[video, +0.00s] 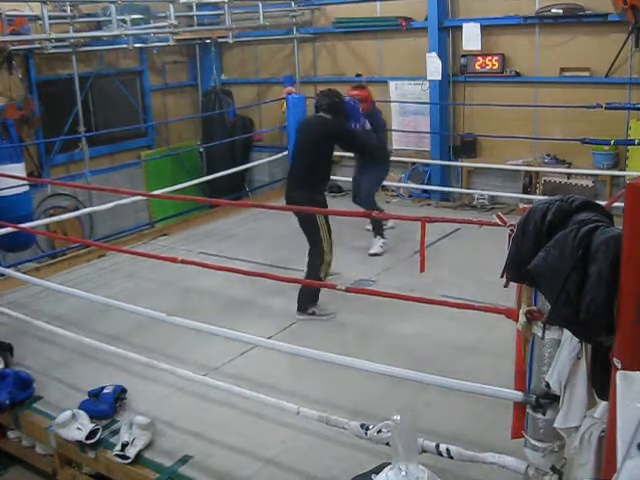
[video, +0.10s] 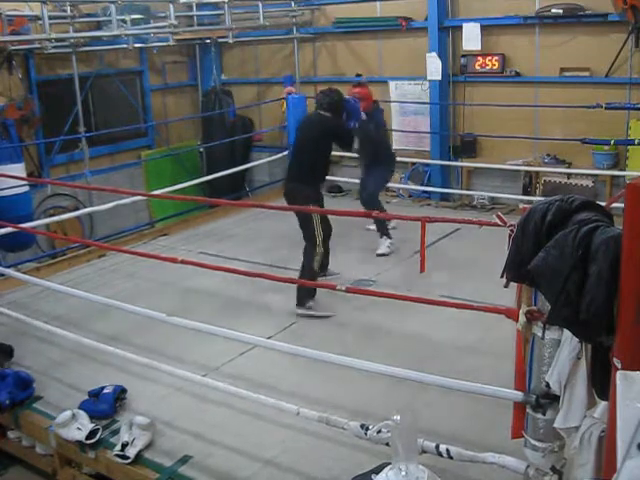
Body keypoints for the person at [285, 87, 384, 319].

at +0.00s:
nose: (344, 111)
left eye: (343, 108)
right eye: (342, 108)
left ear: (319, 107)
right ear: (337, 109)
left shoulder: (306, 124)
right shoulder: (331, 127)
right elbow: (360, 144)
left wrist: (357, 134)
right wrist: (366, 133)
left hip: (295, 194)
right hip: (310, 197)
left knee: (318, 244)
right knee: (323, 251)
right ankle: (307, 304)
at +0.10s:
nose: (343, 113)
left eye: (342, 109)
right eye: (342, 109)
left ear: (319, 105)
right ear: (337, 109)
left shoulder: (309, 120)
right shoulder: (328, 124)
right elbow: (348, 142)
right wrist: (347, 123)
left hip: (297, 186)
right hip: (304, 190)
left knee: (324, 230)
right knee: (316, 241)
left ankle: (320, 269)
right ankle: (304, 301)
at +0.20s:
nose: (341, 113)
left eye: (341, 109)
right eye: (340, 109)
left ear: (321, 104)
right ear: (334, 108)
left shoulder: (308, 118)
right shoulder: (324, 122)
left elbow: (337, 142)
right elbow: (341, 143)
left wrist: (346, 121)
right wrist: (349, 122)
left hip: (301, 183)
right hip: (299, 186)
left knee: (323, 227)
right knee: (316, 235)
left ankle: (319, 269)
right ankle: (291, 282)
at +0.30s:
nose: (338, 112)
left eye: (339, 108)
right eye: (337, 108)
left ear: (318, 103)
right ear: (329, 107)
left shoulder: (307, 117)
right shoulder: (319, 122)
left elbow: (335, 141)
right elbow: (338, 143)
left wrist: (342, 124)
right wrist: (345, 124)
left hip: (302, 183)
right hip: (293, 185)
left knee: (321, 227)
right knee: (312, 235)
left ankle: (318, 270)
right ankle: (271, 272)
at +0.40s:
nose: (334, 115)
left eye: (335, 112)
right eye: (333, 112)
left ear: (313, 107)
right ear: (325, 111)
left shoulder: (303, 118)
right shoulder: (313, 124)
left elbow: (332, 143)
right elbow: (335, 145)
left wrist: (338, 122)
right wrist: (341, 125)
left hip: (298, 188)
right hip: (286, 190)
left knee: (318, 229)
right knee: (294, 242)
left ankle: (318, 270)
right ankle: (254, 270)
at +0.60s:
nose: (320, 128)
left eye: (321, 123)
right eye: (319, 123)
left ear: (300, 116)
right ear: (309, 121)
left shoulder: (290, 129)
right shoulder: (293, 133)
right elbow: (316, 150)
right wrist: (330, 131)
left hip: (283, 192)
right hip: (268, 195)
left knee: (309, 229)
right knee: (272, 248)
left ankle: (317, 269)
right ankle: (240, 280)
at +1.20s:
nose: (322, 135)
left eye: (323, 131)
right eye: (320, 131)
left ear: (299, 127)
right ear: (311, 133)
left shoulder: (293, 142)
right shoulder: (294, 150)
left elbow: (318, 160)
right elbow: (325, 166)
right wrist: (337, 145)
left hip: (284, 205)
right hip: (266, 210)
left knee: (310, 243)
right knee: (287, 261)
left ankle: (313, 283)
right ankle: (243, 283)